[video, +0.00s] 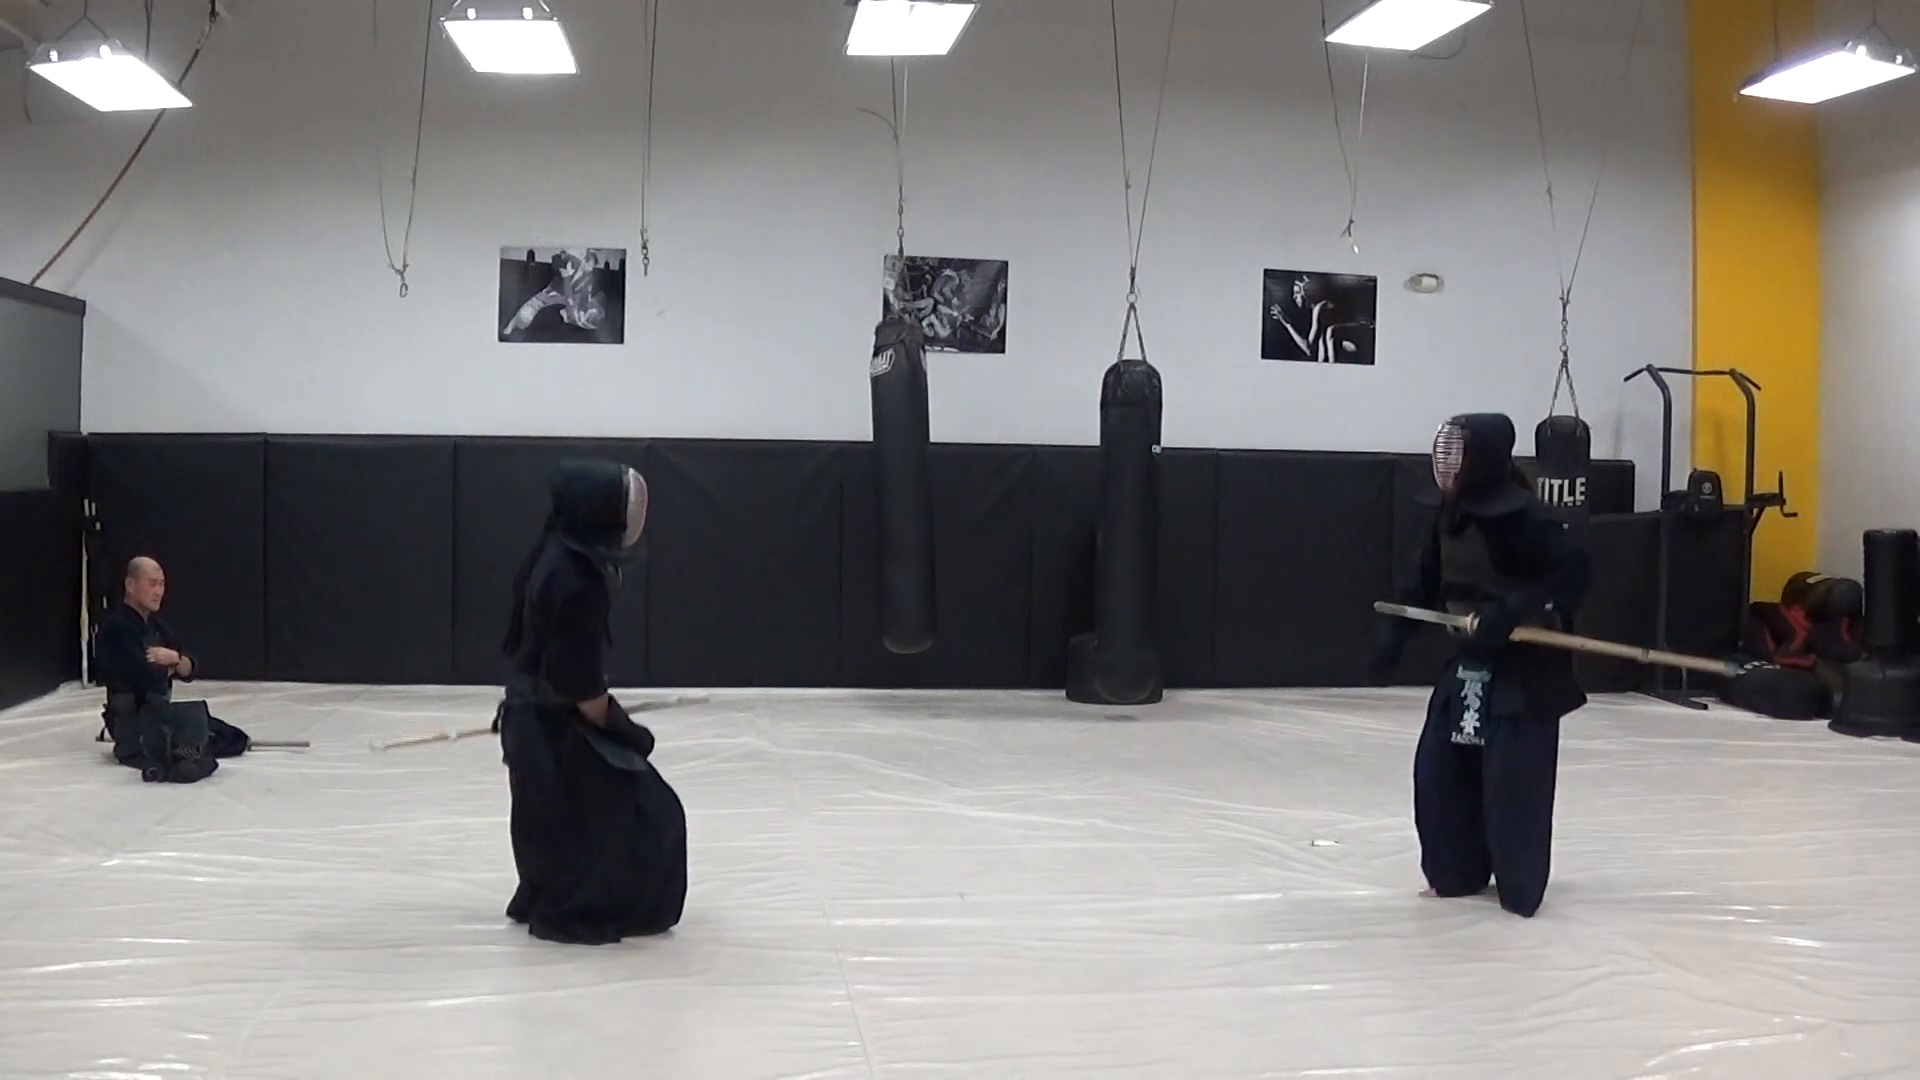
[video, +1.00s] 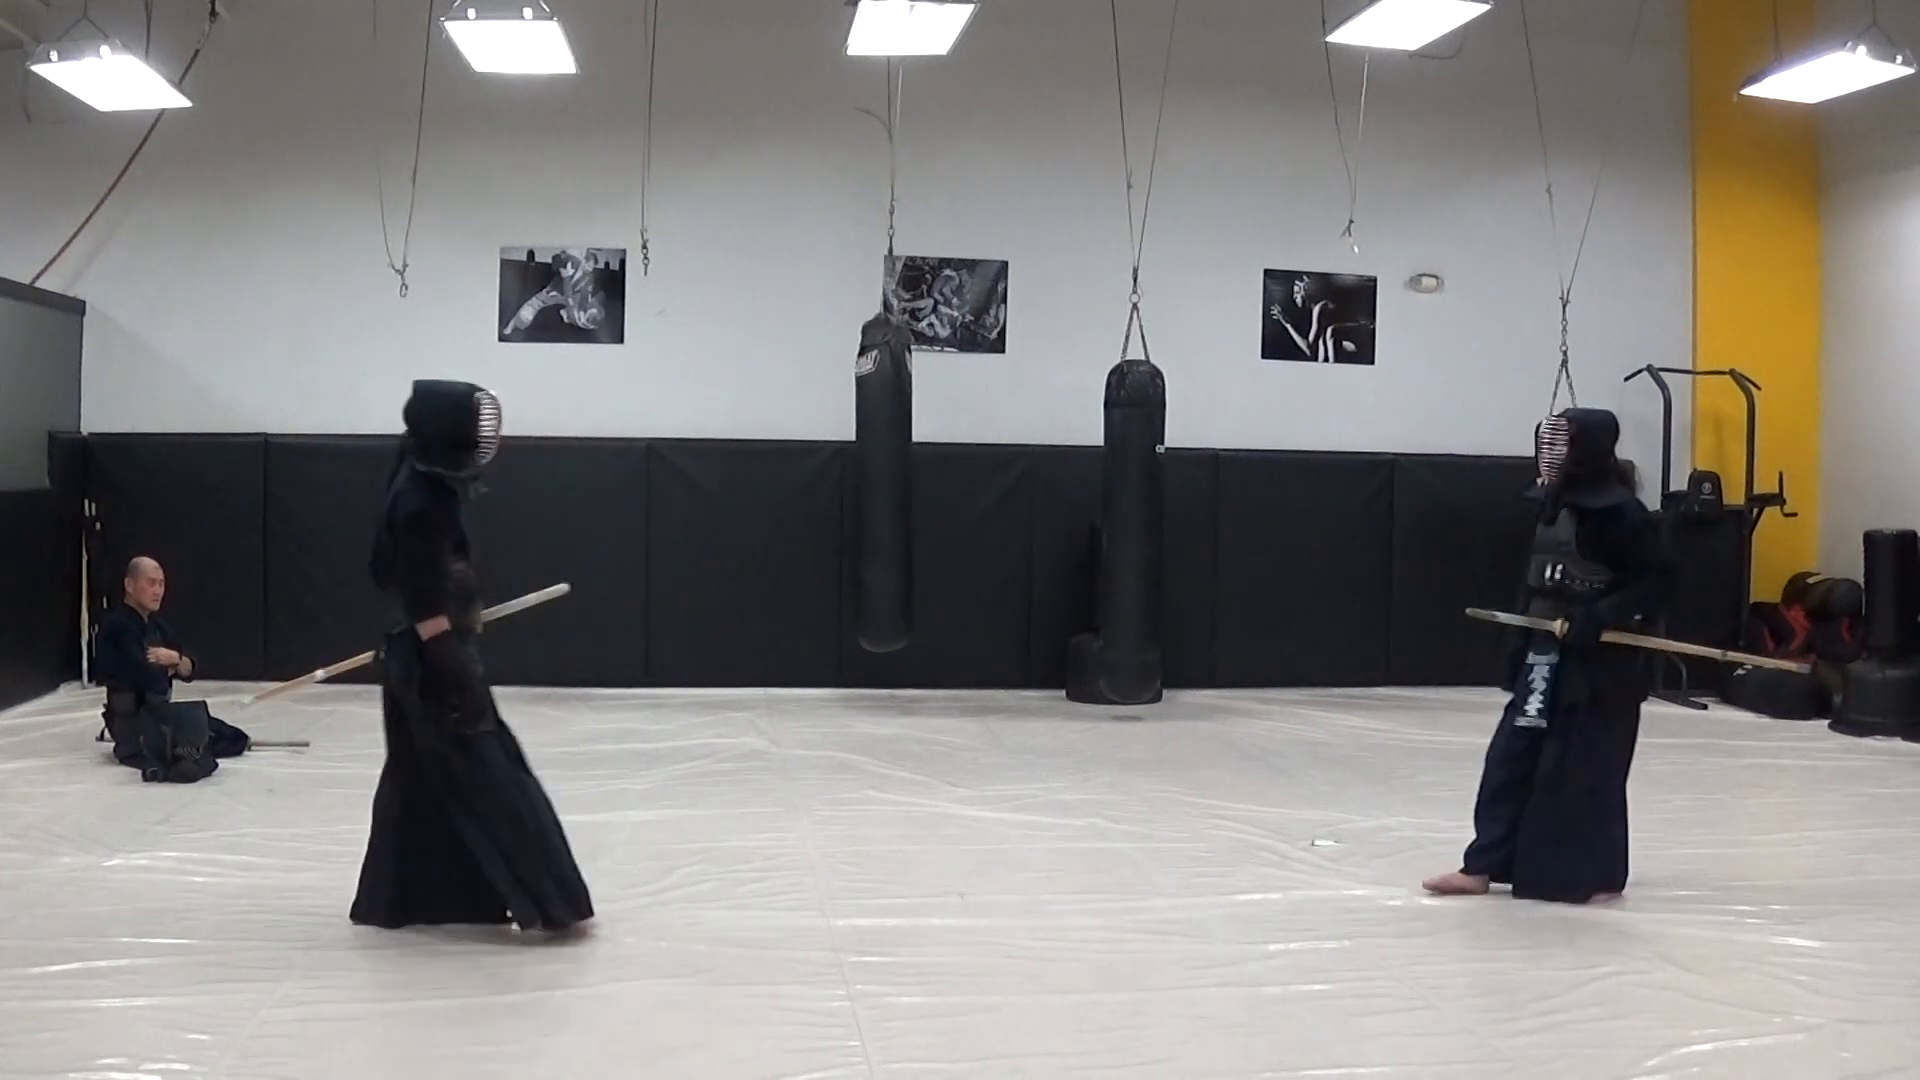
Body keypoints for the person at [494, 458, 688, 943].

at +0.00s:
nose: (635, 520)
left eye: (635, 508)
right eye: (628, 510)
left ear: (575, 509)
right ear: (602, 515)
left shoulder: (549, 557)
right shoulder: (579, 579)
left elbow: (526, 652)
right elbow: (583, 686)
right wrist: (626, 731)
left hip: (526, 717)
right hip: (556, 728)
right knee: (657, 808)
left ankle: (544, 897)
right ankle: (582, 909)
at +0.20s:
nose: (623, 455)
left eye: (623, 445)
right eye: (615, 446)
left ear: (564, 449)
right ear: (588, 453)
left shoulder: (545, 497)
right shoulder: (566, 515)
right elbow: (577, 620)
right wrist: (618, 678)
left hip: (532, 660)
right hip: (557, 667)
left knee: (545, 782)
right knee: (589, 781)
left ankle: (538, 898)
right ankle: (578, 904)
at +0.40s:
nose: (608, 435)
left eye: (607, 423)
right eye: (600, 424)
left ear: (546, 422)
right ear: (573, 427)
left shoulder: (524, 476)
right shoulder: (559, 489)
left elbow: (499, 565)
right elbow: (576, 593)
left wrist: (554, 602)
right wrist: (618, 658)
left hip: (524, 643)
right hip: (558, 648)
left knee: (535, 773)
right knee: (575, 777)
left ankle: (538, 900)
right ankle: (580, 908)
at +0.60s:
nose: (587, 432)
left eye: (586, 421)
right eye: (580, 422)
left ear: (527, 421)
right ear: (556, 425)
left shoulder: (503, 470)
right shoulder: (544, 486)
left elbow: (473, 561)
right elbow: (555, 596)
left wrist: (528, 596)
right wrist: (594, 669)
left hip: (506, 642)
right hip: (542, 647)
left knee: (517, 769)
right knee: (560, 778)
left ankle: (502, 891)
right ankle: (566, 911)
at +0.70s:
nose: (570, 435)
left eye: (569, 424)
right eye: (561, 424)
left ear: (510, 423)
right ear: (534, 428)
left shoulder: (491, 477)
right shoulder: (520, 489)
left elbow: (459, 565)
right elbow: (529, 598)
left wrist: (518, 594)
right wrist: (568, 674)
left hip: (496, 646)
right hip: (526, 650)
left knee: (504, 772)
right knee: (553, 782)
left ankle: (429, 873)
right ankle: (569, 914)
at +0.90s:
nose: (515, 449)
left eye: (514, 438)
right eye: (507, 439)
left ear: (459, 438)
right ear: (481, 441)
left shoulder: (452, 489)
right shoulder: (455, 502)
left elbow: (423, 575)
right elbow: (460, 609)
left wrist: (495, 609)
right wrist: (496, 684)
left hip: (454, 654)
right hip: (470, 658)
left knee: (440, 773)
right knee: (531, 778)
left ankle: (387, 891)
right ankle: (568, 909)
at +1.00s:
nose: (483, 443)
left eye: (483, 431)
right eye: (475, 432)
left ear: (427, 430)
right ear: (451, 435)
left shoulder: (421, 486)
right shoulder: (423, 496)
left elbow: (396, 573)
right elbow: (421, 597)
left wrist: (462, 605)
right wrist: (456, 673)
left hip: (418, 652)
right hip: (435, 655)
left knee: (417, 776)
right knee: (495, 775)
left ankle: (398, 895)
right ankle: (549, 901)